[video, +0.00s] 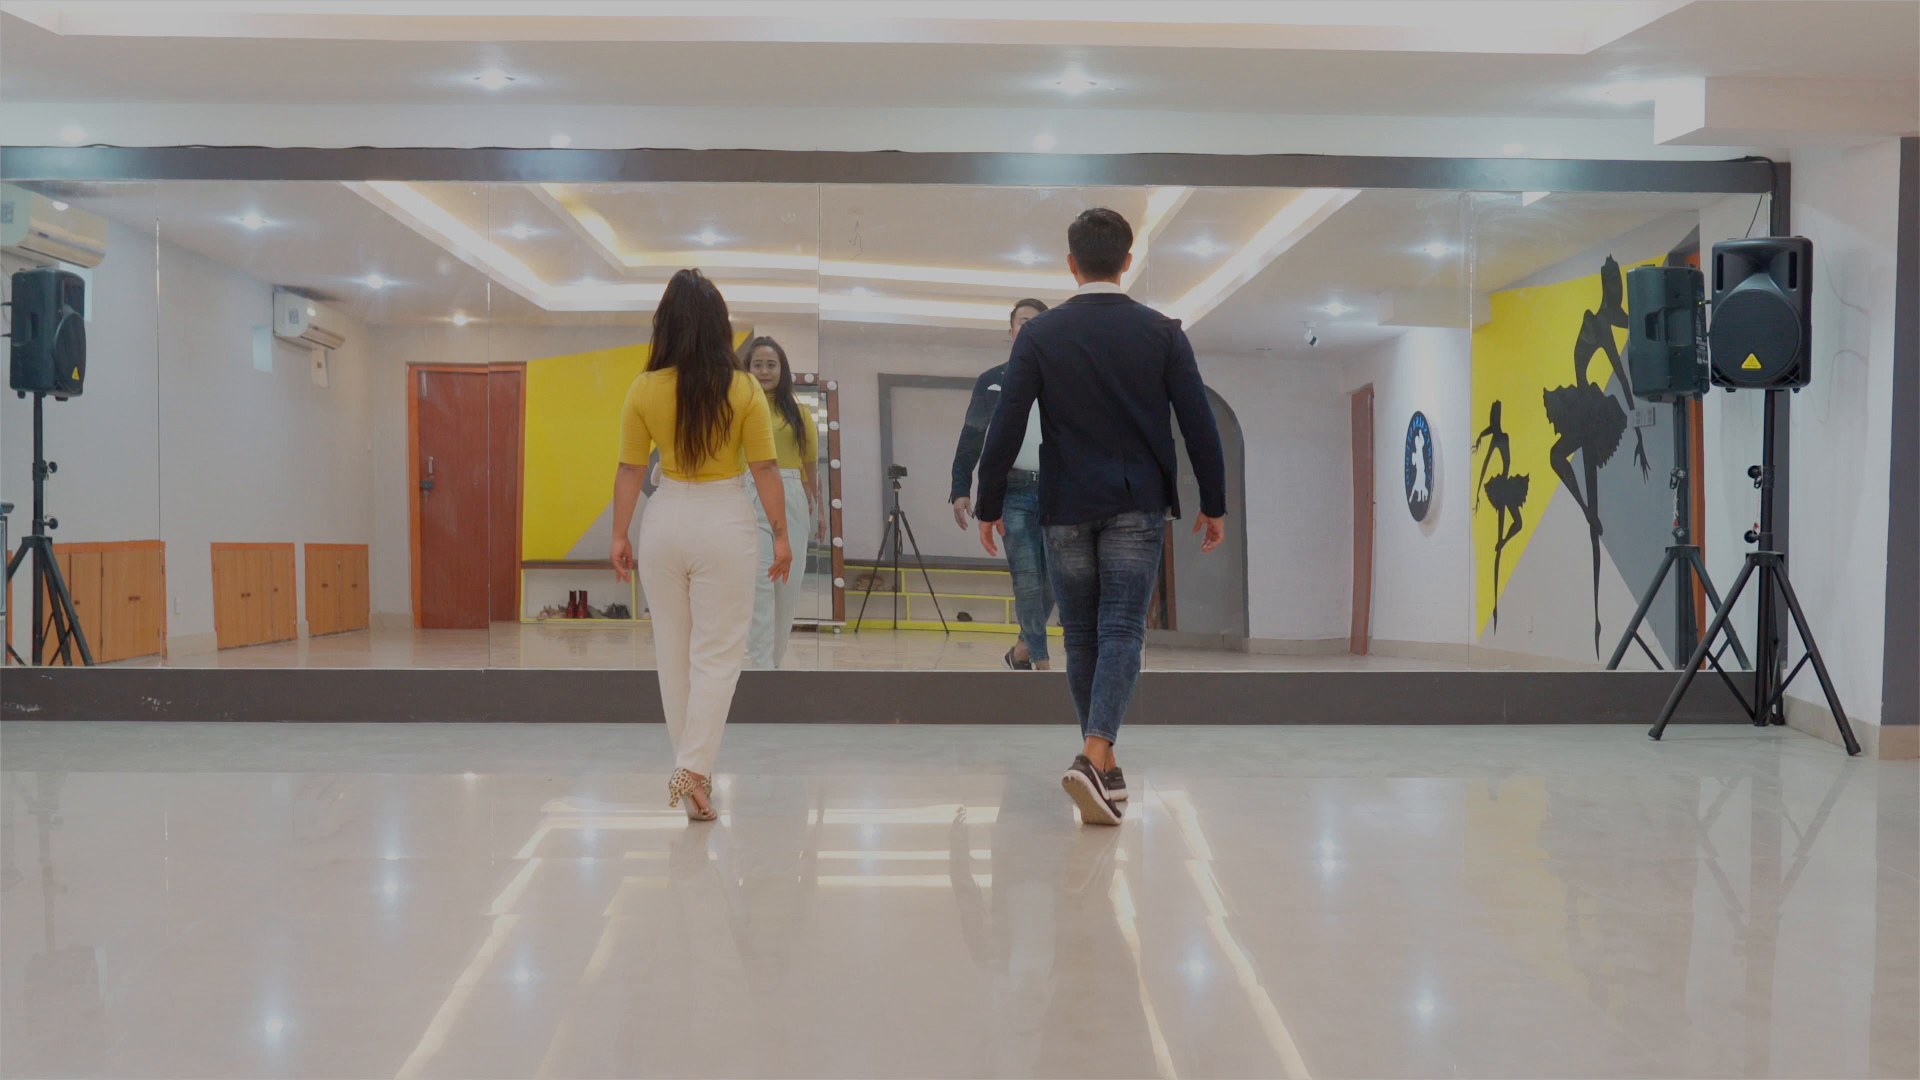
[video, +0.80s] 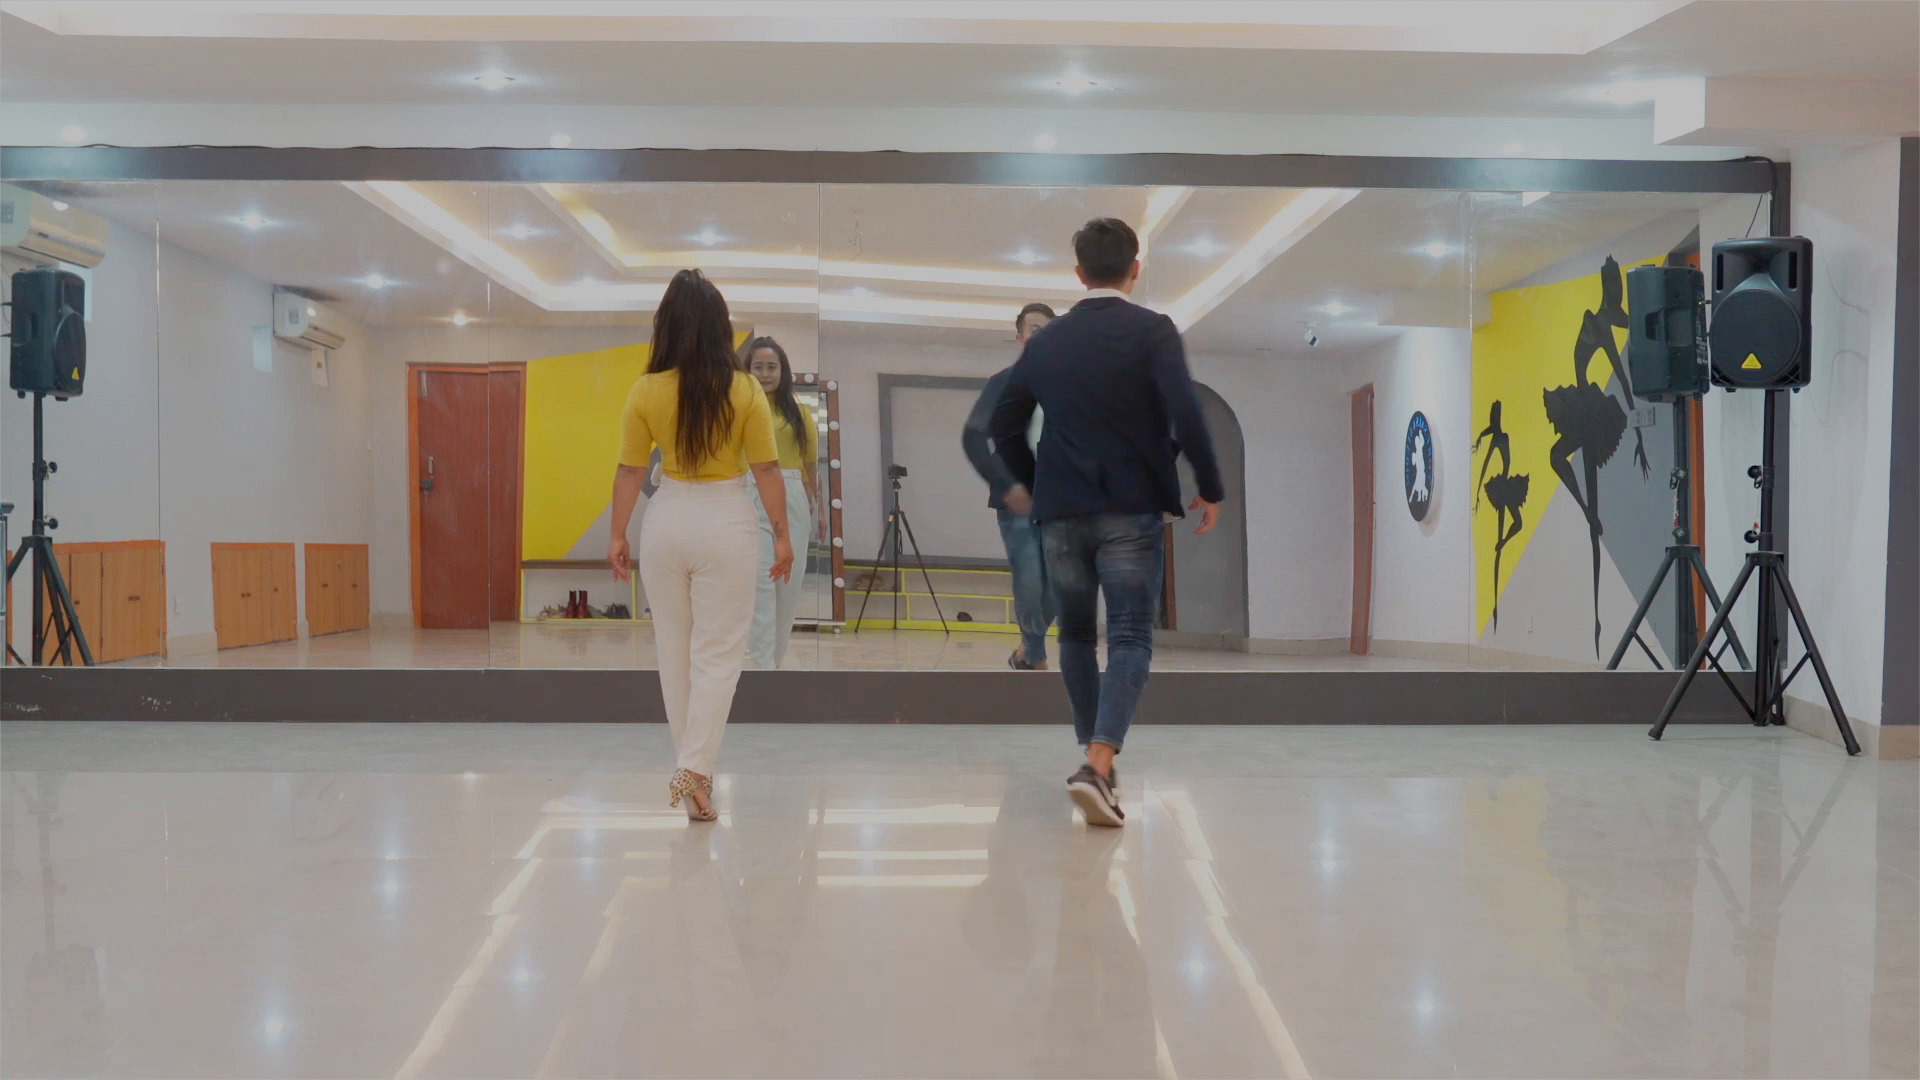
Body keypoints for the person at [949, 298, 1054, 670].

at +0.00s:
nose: (1027, 330)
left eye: (1036, 324)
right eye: (1022, 323)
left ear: (1048, 332)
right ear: (1010, 330)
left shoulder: (1061, 379)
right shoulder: (993, 381)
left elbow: (1076, 434)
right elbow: (972, 436)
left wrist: (1079, 486)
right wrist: (961, 489)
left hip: (1057, 488)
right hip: (1014, 487)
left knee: (1055, 577)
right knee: (1026, 575)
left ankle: (1021, 650)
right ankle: (1040, 661)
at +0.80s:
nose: (1040, 335)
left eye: (1046, 329)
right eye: (1033, 329)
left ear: (1055, 336)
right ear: (1019, 336)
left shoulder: (1069, 383)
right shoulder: (1005, 382)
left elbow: (1084, 438)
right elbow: (973, 436)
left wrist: (1072, 485)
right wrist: (1007, 486)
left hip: (1060, 497)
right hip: (1021, 498)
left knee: (1060, 584)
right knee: (1030, 581)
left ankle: (1026, 649)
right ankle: (1037, 659)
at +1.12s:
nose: (1047, 351)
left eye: (1038, 340)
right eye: (1051, 342)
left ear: (1027, 344)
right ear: (1060, 348)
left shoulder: (1003, 386)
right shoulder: (1070, 388)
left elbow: (969, 436)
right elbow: (1084, 437)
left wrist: (1001, 468)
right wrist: (1066, 473)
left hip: (1009, 493)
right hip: (1048, 495)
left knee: (1024, 579)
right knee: (1041, 583)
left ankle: (1020, 653)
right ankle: (1019, 657)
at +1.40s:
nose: (1058, 355)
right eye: (1058, 347)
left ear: (1027, 350)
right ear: (1060, 350)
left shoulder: (1010, 386)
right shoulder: (1070, 386)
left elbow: (961, 435)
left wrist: (989, 478)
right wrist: (1066, 477)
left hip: (1008, 496)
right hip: (1052, 497)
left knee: (1024, 579)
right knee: (1045, 583)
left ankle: (1025, 655)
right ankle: (1021, 658)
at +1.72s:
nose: (1039, 366)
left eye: (1035, 359)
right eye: (1043, 359)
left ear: (1027, 360)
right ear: (1064, 360)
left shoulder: (1010, 394)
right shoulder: (1075, 396)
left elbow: (977, 437)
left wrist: (981, 493)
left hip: (1023, 504)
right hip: (1069, 504)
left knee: (1040, 588)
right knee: (1061, 589)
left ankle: (1065, 659)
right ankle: (1028, 658)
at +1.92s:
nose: (1017, 364)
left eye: (1018, 359)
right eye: (1019, 358)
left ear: (1025, 362)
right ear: (1057, 358)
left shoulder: (1025, 396)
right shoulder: (1076, 389)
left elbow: (1023, 447)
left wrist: (994, 490)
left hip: (1034, 500)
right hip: (1074, 498)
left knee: (1041, 580)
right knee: (1070, 581)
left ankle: (1064, 656)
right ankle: (1057, 648)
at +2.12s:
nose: (1013, 355)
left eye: (1014, 349)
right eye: (1014, 348)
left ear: (1020, 352)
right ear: (1051, 350)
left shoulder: (1027, 387)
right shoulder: (1069, 384)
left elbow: (1025, 446)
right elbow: (1075, 436)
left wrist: (1006, 452)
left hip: (1043, 503)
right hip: (1075, 499)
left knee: (1047, 586)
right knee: (1070, 578)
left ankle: (1066, 662)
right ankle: (1104, 606)